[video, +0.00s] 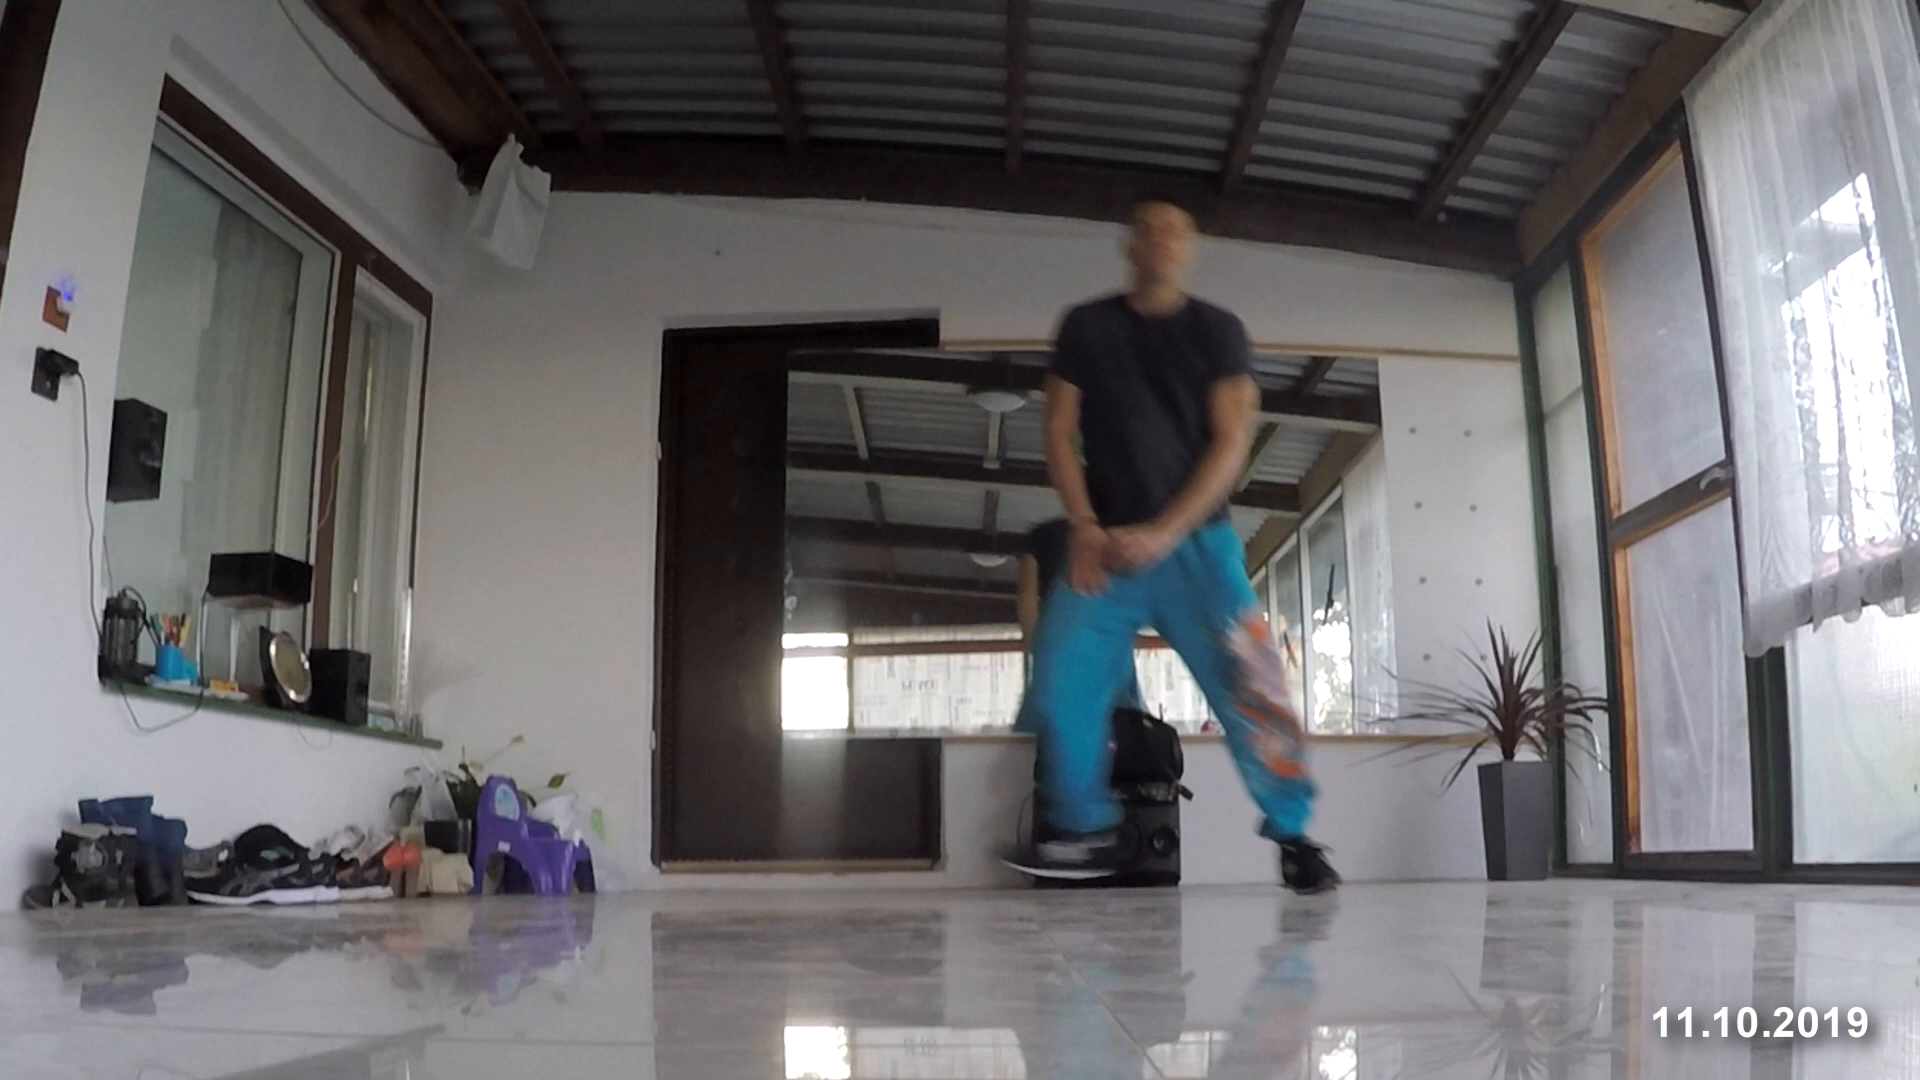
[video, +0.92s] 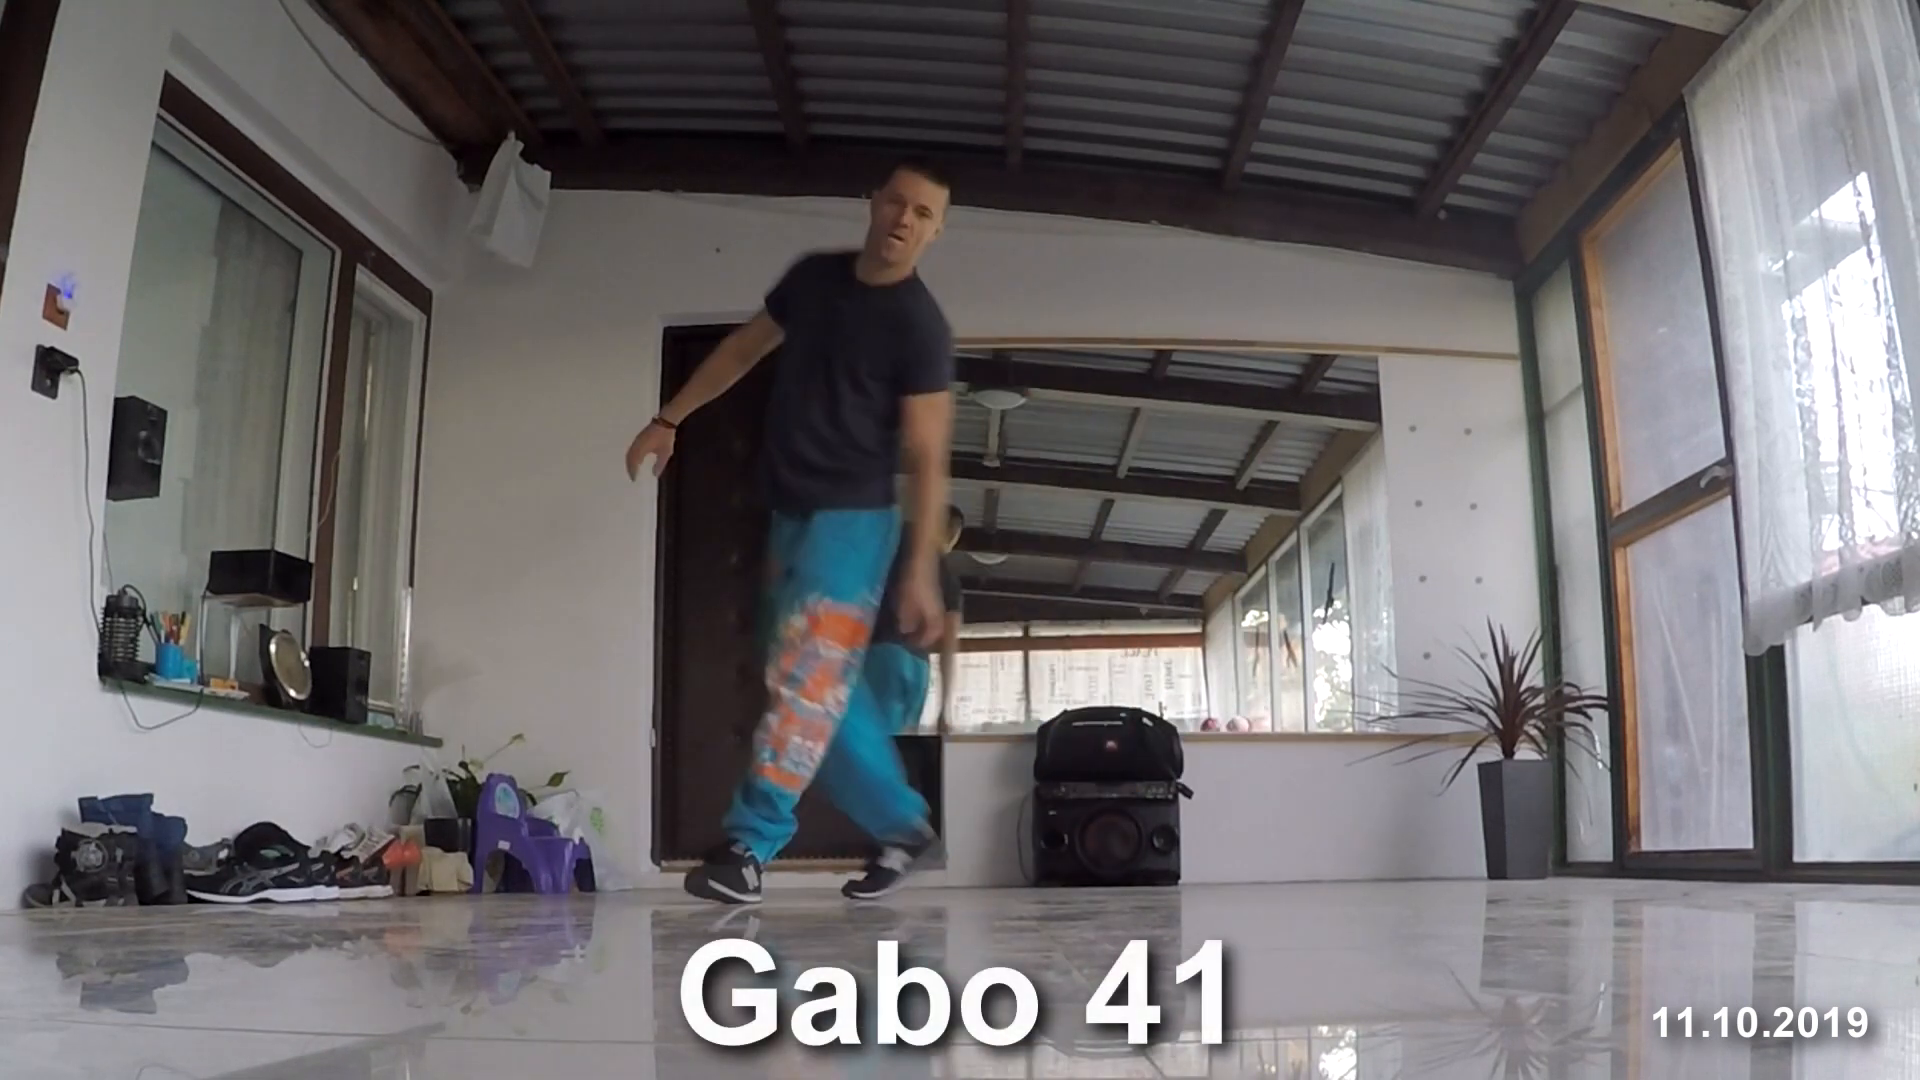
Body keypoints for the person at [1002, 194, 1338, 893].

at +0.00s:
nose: (1159, 244)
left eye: (1172, 233)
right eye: (1148, 232)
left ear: (1191, 248)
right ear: (1129, 245)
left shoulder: (1217, 330)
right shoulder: (1085, 326)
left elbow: (1231, 447)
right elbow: (1059, 433)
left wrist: (1163, 530)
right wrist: (1082, 524)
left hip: (1196, 543)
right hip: (1103, 544)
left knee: (1249, 685)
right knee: (1062, 692)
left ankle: (1295, 837)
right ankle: (1084, 836)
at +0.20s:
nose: (1055, 262)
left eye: (1065, 249)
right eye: (1044, 252)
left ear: (1088, 257)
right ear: (1030, 266)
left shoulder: (1126, 326)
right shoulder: (1027, 363)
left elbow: (1161, 432)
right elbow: (1020, 480)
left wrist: (1103, 534)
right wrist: (1035, 564)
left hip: (1152, 548)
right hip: (1068, 560)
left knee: (1198, 694)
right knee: (1009, 693)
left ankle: (1265, 840)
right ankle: (940, 842)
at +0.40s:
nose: (933, 273)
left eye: (945, 260)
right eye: (922, 265)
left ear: (974, 270)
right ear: (914, 281)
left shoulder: (1009, 333)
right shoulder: (929, 378)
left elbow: (1068, 430)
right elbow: (940, 482)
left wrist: (1054, 543)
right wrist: (953, 559)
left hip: (1064, 547)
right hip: (984, 563)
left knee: (1108, 681)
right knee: (939, 697)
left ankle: (1219, 803)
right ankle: (921, 854)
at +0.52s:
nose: (896, 274)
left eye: (908, 261)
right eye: (884, 264)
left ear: (934, 269)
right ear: (872, 279)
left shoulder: (979, 333)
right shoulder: (883, 374)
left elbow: (1063, 413)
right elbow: (852, 470)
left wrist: (1066, 512)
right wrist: (851, 543)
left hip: (1017, 530)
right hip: (949, 543)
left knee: (979, 652)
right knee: (913, 688)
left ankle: (1111, 743)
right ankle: (917, 854)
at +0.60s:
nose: (885, 263)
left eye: (898, 250)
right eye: (872, 253)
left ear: (922, 258)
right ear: (857, 266)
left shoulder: (966, 325)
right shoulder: (852, 355)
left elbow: (1063, 391)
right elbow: (803, 434)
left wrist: (1064, 489)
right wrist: (775, 497)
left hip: (996, 513)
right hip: (931, 529)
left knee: (913, 617)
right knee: (895, 680)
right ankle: (913, 853)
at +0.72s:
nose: (890, 224)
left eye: (904, 212)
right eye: (879, 211)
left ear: (926, 222)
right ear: (859, 217)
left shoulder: (955, 301)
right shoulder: (832, 299)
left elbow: (1030, 393)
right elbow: (772, 375)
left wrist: (1023, 501)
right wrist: (723, 450)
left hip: (943, 496)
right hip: (883, 504)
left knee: (858, 612)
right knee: (901, 666)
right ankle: (923, 848)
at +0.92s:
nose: (903, 221)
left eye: (921, 214)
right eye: (895, 204)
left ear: (935, 232)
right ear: (871, 206)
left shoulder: (919, 324)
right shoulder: (812, 278)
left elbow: (927, 457)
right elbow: (743, 348)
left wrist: (921, 569)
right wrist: (669, 418)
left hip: (855, 517)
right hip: (789, 510)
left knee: (807, 670)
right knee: (794, 673)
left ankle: (746, 851)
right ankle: (903, 827)